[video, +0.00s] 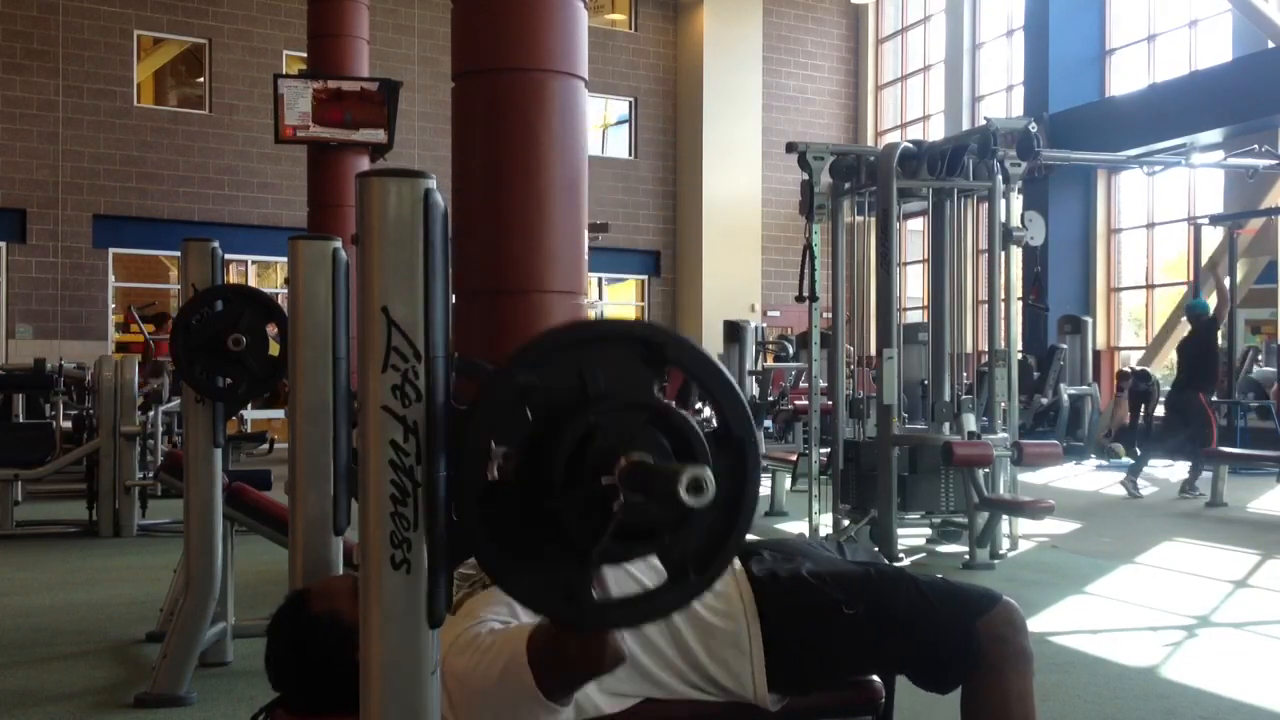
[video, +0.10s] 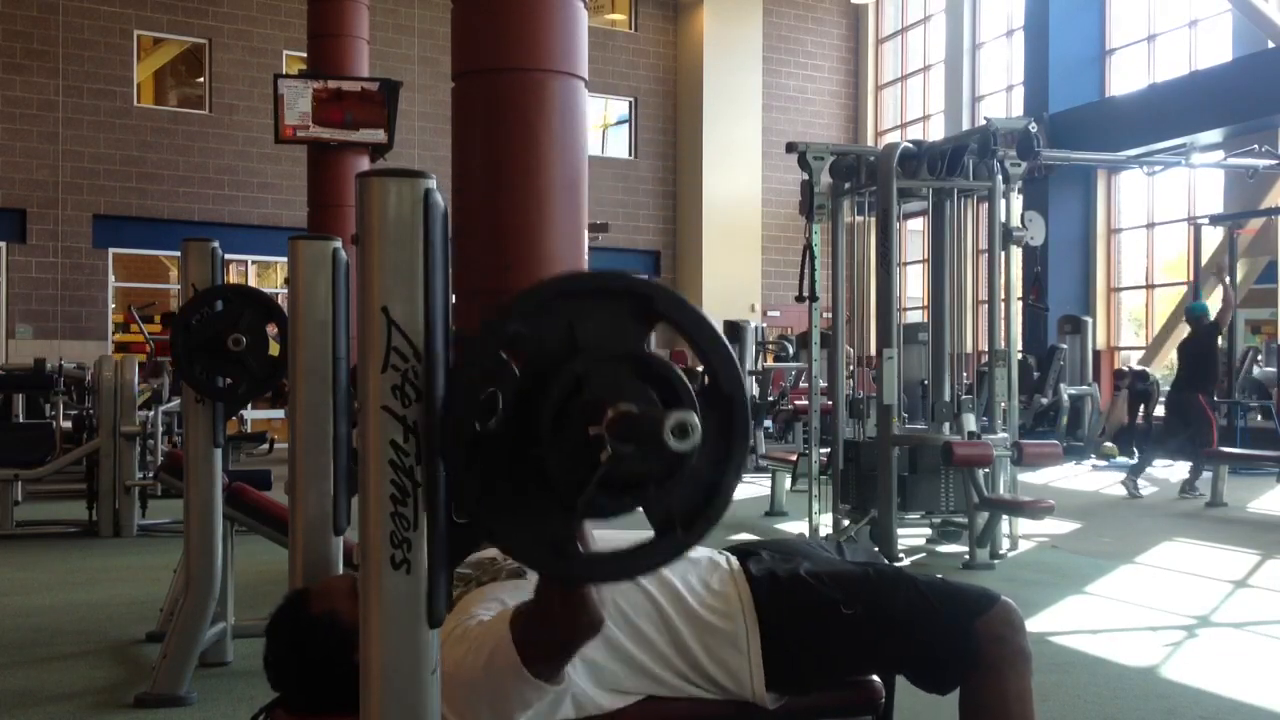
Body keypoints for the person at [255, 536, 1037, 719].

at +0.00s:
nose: (371, 580)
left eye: (358, 580)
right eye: (355, 595)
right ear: (356, 648)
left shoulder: (449, 627)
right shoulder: (447, 671)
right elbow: (581, 649)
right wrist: (609, 516)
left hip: (721, 594)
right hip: (740, 615)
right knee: (991, 625)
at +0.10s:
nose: (373, 582)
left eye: (360, 582)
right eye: (357, 597)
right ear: (358, 652)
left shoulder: (453, 625)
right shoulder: (446, 679)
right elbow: (563, 617)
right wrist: (539, 498)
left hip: (720, 586)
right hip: (744, 614)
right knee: (988, 625)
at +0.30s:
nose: (367, 574)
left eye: (352, 575)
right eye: (352, 589)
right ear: (357, 646)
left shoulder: (465, 639)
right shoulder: (464, 689)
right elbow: (529, 544)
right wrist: (520, 375)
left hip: (736, 576)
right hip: (752, 617)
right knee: (989, 628)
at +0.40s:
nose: (366, 572)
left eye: (350, 572)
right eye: (351, 591)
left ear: (353, 651)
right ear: (362, 644)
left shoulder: (465, 642)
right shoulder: (471, 681)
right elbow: (516, 518)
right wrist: (504, 344)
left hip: (727, 578)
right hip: (750, 612)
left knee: (869, 683)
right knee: (990, 629)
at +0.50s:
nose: (370, 571)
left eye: (354, 572)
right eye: (357, 588)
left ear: (351, 655)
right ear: (363, 649)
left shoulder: (449, 630)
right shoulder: (469, 677)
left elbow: (488, 479)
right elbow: (491, 487)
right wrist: (506, 311)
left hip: (727, 571)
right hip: (751, 615)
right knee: (989, 627)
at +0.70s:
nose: (363, 574)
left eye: (345, 578)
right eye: (349, 592)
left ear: (356, 633)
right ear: (364, 642)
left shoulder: (438, 625)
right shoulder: (471, 681)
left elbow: (476, 496)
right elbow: (487, 493)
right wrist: (497, 331)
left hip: (713, 576)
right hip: (736, 617)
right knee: (988, 626)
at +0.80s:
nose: (365, 577)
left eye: (347, 581)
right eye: (350, 593)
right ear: (364, 648)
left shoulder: (449, 625)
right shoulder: (469, 683)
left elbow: (485, 487)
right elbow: (488, 498)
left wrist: (497, 324)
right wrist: (501, 323)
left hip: (723, 577)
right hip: (740, 619)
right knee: (987, 624)